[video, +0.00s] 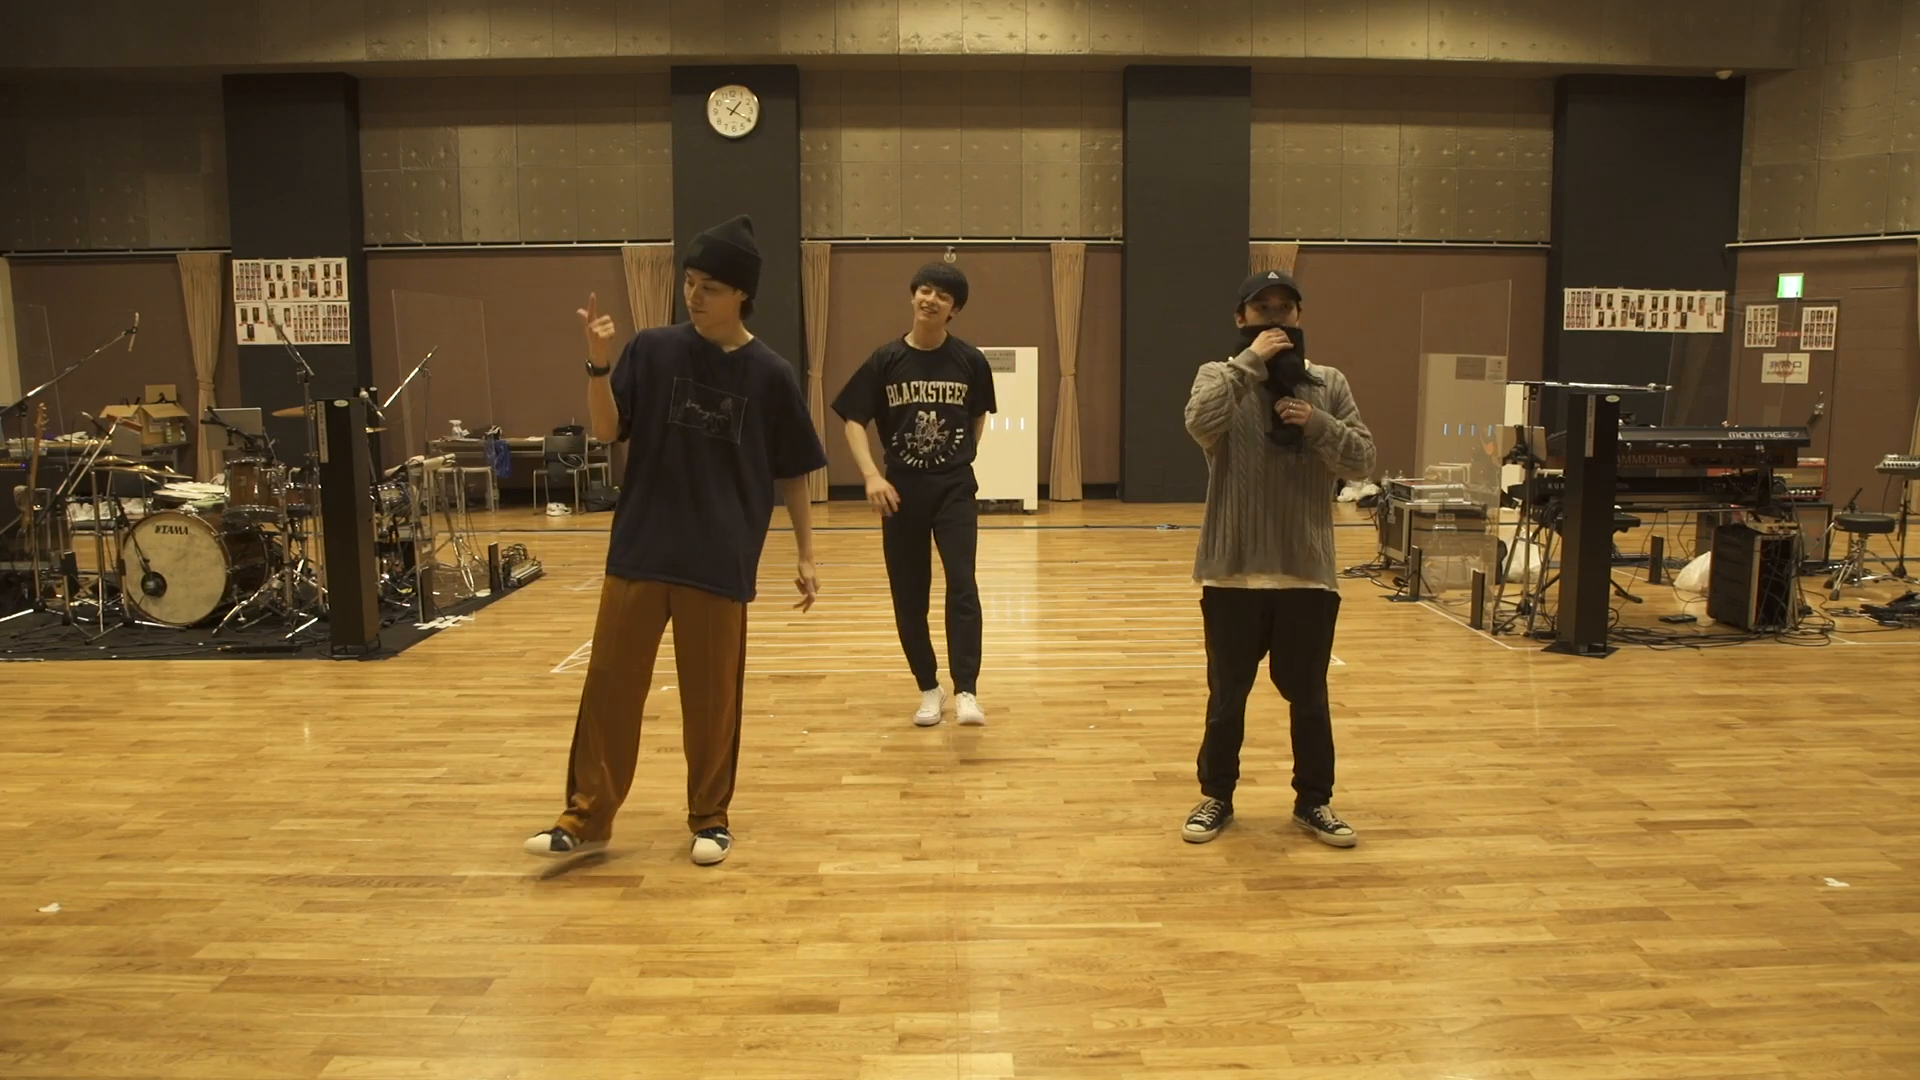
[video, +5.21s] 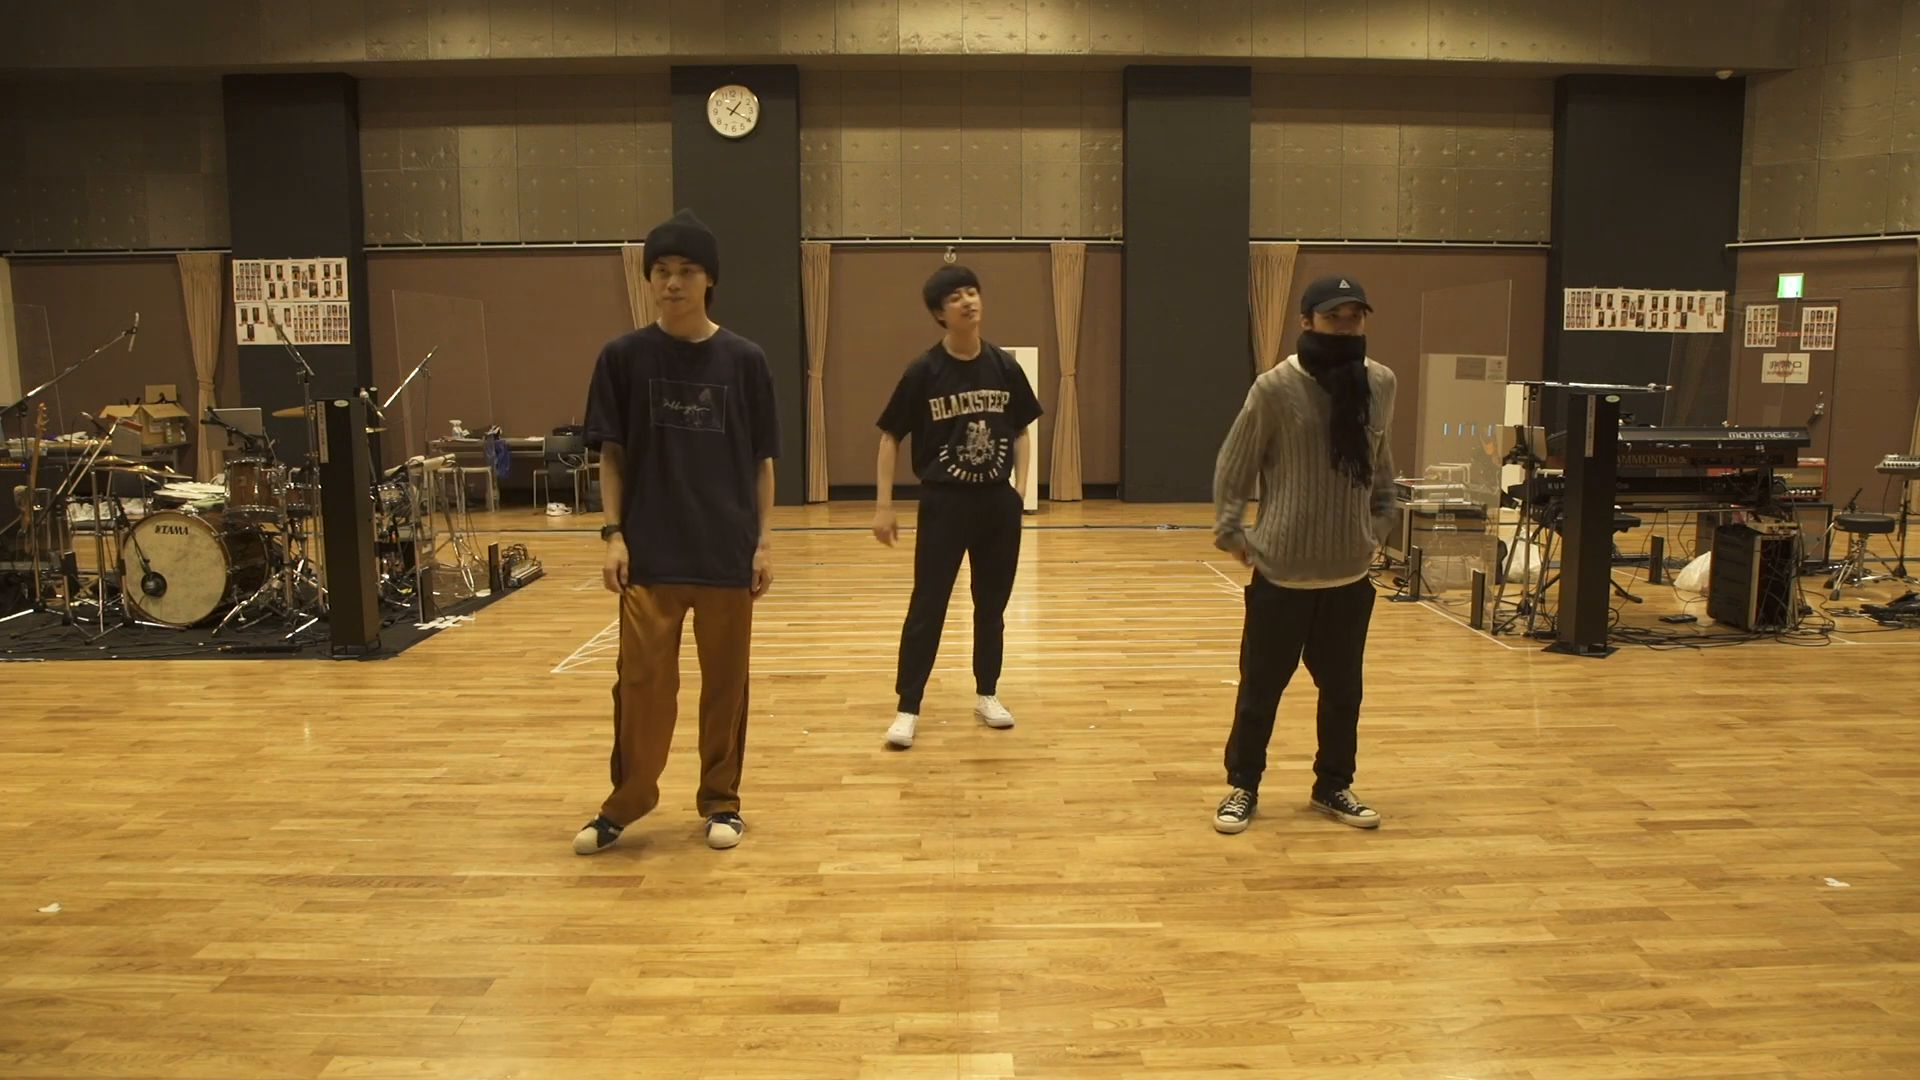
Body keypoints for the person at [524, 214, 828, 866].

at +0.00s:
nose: (695, 296)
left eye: (710, 287)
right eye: (691, 283)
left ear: (743, 295)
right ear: (684, 285)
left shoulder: (771, 374)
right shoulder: (650, 349)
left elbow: (795, 474)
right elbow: (606, 429)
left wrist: (807, 557)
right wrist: (600, 363)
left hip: (717, 558)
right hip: (639, 548)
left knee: (712, 694)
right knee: (609, 683)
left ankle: (710, 820)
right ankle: (587, 817)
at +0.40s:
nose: (649, 284)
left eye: (661, 275)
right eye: (651, 273)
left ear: (696, 286)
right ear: (667, 283)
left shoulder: (741, 370)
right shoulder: (629, 357)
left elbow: (765, 464)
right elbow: (616, 443)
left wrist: (724, 513)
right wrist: (578, 421)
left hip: (698, 558)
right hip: (627, 551)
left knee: (698, 690)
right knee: (623, 677)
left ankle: (710, 819)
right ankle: (664, 784)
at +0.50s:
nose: (625, 281)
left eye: (635, 271)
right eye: (625, 270)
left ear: (672, 279)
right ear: (652, 279)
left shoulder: (722, 359)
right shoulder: (622, 353)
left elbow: (742, 454)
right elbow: (611, 441)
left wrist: (676, 464)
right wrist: (571, 425)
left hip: (686, 553)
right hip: (621, 549)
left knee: (687, 685)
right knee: (623, 677)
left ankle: (710, 817)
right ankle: (661, 790)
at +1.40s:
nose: (602, 287)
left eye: (617, 276)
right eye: (595, 275)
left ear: (647, 282)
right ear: (586, 281)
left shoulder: (687, 354)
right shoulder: (572, 363)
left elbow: (740, 426)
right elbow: (566, 448)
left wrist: (695, 472)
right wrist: (580, 511)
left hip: (675, 544)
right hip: (609, 548)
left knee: (684, 675)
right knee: (633, 675)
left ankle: (694, 818)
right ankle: (665, 793)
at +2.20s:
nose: (680, 287)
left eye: (693, 276)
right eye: (670, 275)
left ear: (717, 284)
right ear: (658, 283)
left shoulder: (748, 363)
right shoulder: (629, 358)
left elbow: (763, 461)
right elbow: (612, 450)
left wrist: (763, 541)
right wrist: (616, 522)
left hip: (728, 547)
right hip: (653, 548)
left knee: (738, 678)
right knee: (654, 678)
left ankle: (751, 798)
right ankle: (669, 791)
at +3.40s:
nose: (588, 292)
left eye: (600, 280)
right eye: (578, 281)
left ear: (629, 280)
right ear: (567, 285)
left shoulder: (670, 356)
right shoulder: (550, 362)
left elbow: (711, 444)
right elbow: (541, 449)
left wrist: (674, 507)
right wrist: (539, 520)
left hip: (651, 552)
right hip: (578, 557)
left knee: (688, 677)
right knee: (599, 692)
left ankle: (739, 797)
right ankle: (624, 809)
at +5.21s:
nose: (671, 283)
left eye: (684, 272)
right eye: (661, 272)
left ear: (709, 280)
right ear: (649, 281)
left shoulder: (745, 360)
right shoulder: (623, 357)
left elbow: (763, 459)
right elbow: (611, 455)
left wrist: (763, 541)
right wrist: (613, 536)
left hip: (728, 552)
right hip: (651, 551)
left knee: (727, 687)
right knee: (639, 686)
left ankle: (721, 802)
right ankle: (628, 801)